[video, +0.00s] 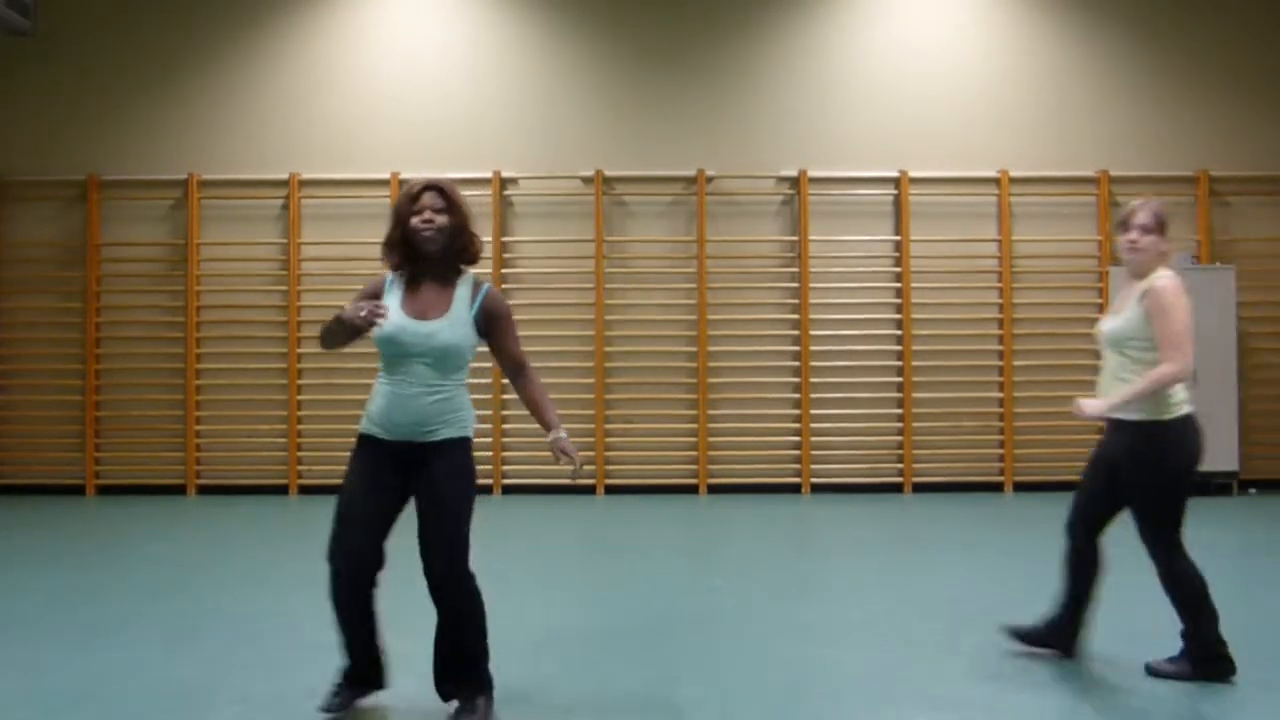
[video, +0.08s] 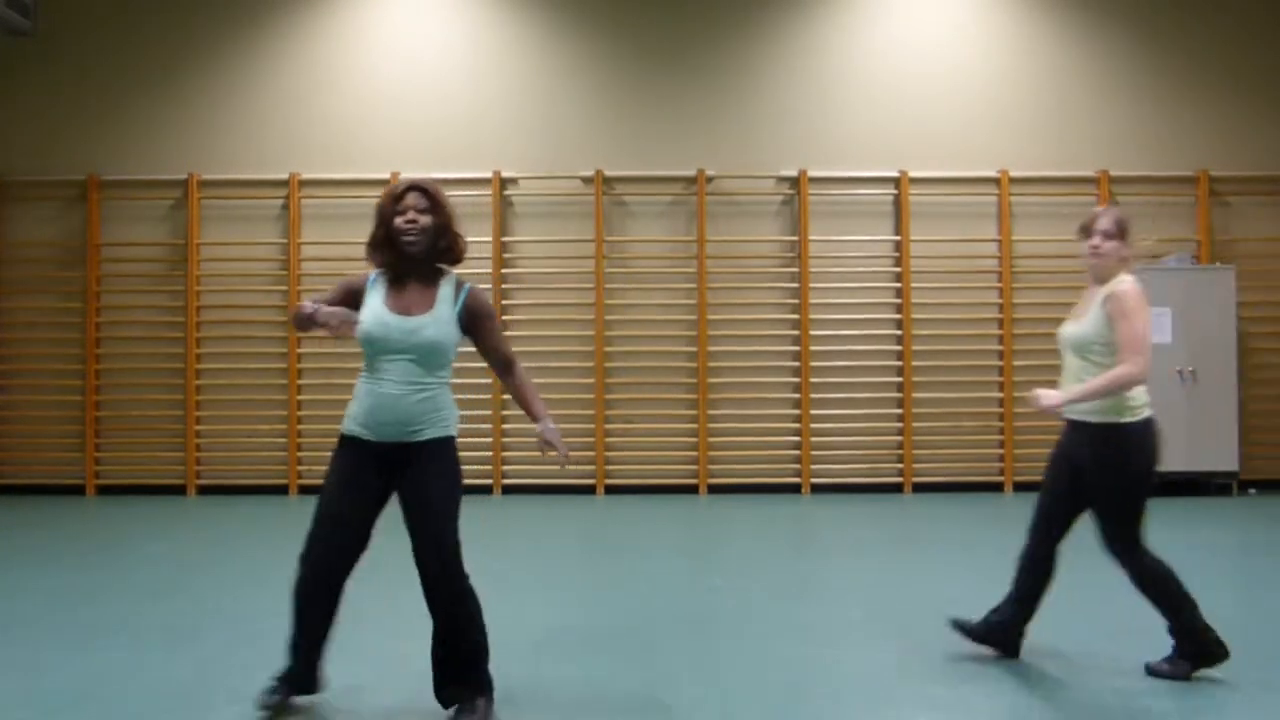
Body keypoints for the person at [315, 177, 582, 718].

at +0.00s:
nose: (428, 219)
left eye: (439, 212)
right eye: (418, 213)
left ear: (458, 226)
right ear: (403, 227)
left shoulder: (480, 298)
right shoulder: (385, 287)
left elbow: (519, 371)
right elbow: (329, 341)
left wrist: (555, 428)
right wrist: (349, 322)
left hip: (446, 447)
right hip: (380, 443)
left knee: (447, 570)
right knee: (348, 556)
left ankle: (473, 692)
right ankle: (362, 674)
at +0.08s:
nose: (410, 218)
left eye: (422, 211)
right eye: (401, 211)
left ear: (440, 226)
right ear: (387, 225)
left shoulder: (464, 297)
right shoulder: (367, 287)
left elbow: (507, 366)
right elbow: (301, 316)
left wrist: (542, 417)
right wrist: (315, 316)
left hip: (429, 446)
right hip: (363, 443)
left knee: (441, 570)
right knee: (320, 563)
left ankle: (472, 694)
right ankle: (300, 676)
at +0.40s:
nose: (334, 240)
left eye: (345, 233)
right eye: (324, 233)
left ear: (362, 245)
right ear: (308, 244)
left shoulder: (381, 314)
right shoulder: (280, 299)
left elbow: (392, 376)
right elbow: (227, 337)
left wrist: (374, 409)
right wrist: (239, 387)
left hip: (333, 462)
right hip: (268, 456)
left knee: (317, 572)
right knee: (251, 577)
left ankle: (367, 654)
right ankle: (232, 690)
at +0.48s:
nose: (324, 248)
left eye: (335, 240)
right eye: (315, 239)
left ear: (352, 252)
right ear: (299, 249)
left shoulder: (372, 323)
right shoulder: (270, 312)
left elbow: (371, 390)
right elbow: (226, 372)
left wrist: (357, 439)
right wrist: (241, 434)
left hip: (321, 470)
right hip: (258, 461)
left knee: (279, 570)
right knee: (238, 573)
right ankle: (232, 689)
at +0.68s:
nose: (325, 226)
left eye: (337, 219)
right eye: (316, 218)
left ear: (354, 234)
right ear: (300, 232)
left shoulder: (367, 296)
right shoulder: (277, 283)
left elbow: (410, 340)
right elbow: (259, 343)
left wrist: (437, 337)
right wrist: (326, 326)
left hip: (314, 443)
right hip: (249, 437)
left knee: (312, 559)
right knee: (240, 565)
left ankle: (318, 657)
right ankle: (230, 688)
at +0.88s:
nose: (347, 226)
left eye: (357, 219)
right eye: (336, 218)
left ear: (372, 229)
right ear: (318, 227)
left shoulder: (384, 278)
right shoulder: (299, 272)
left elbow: (455, 286)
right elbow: (323, 273)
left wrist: (517, 273)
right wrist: (399, 254)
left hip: (345, 441)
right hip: (280, 437)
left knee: (364, 565)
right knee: (262, 564)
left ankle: (391, 682)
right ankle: (232, 690)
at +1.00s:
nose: (363, 227)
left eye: (373, 220)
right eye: (353, 219)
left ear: (390, 231)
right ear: (335, 229)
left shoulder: (402, 284)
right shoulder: (318, 274)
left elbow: (459, 331)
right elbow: (315, 320)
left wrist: (497, 301)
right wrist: (389, 293)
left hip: (367, 440)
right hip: (304, 436)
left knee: (378, 567)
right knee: (322, 554)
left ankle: (390, 682)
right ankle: (283, 661)